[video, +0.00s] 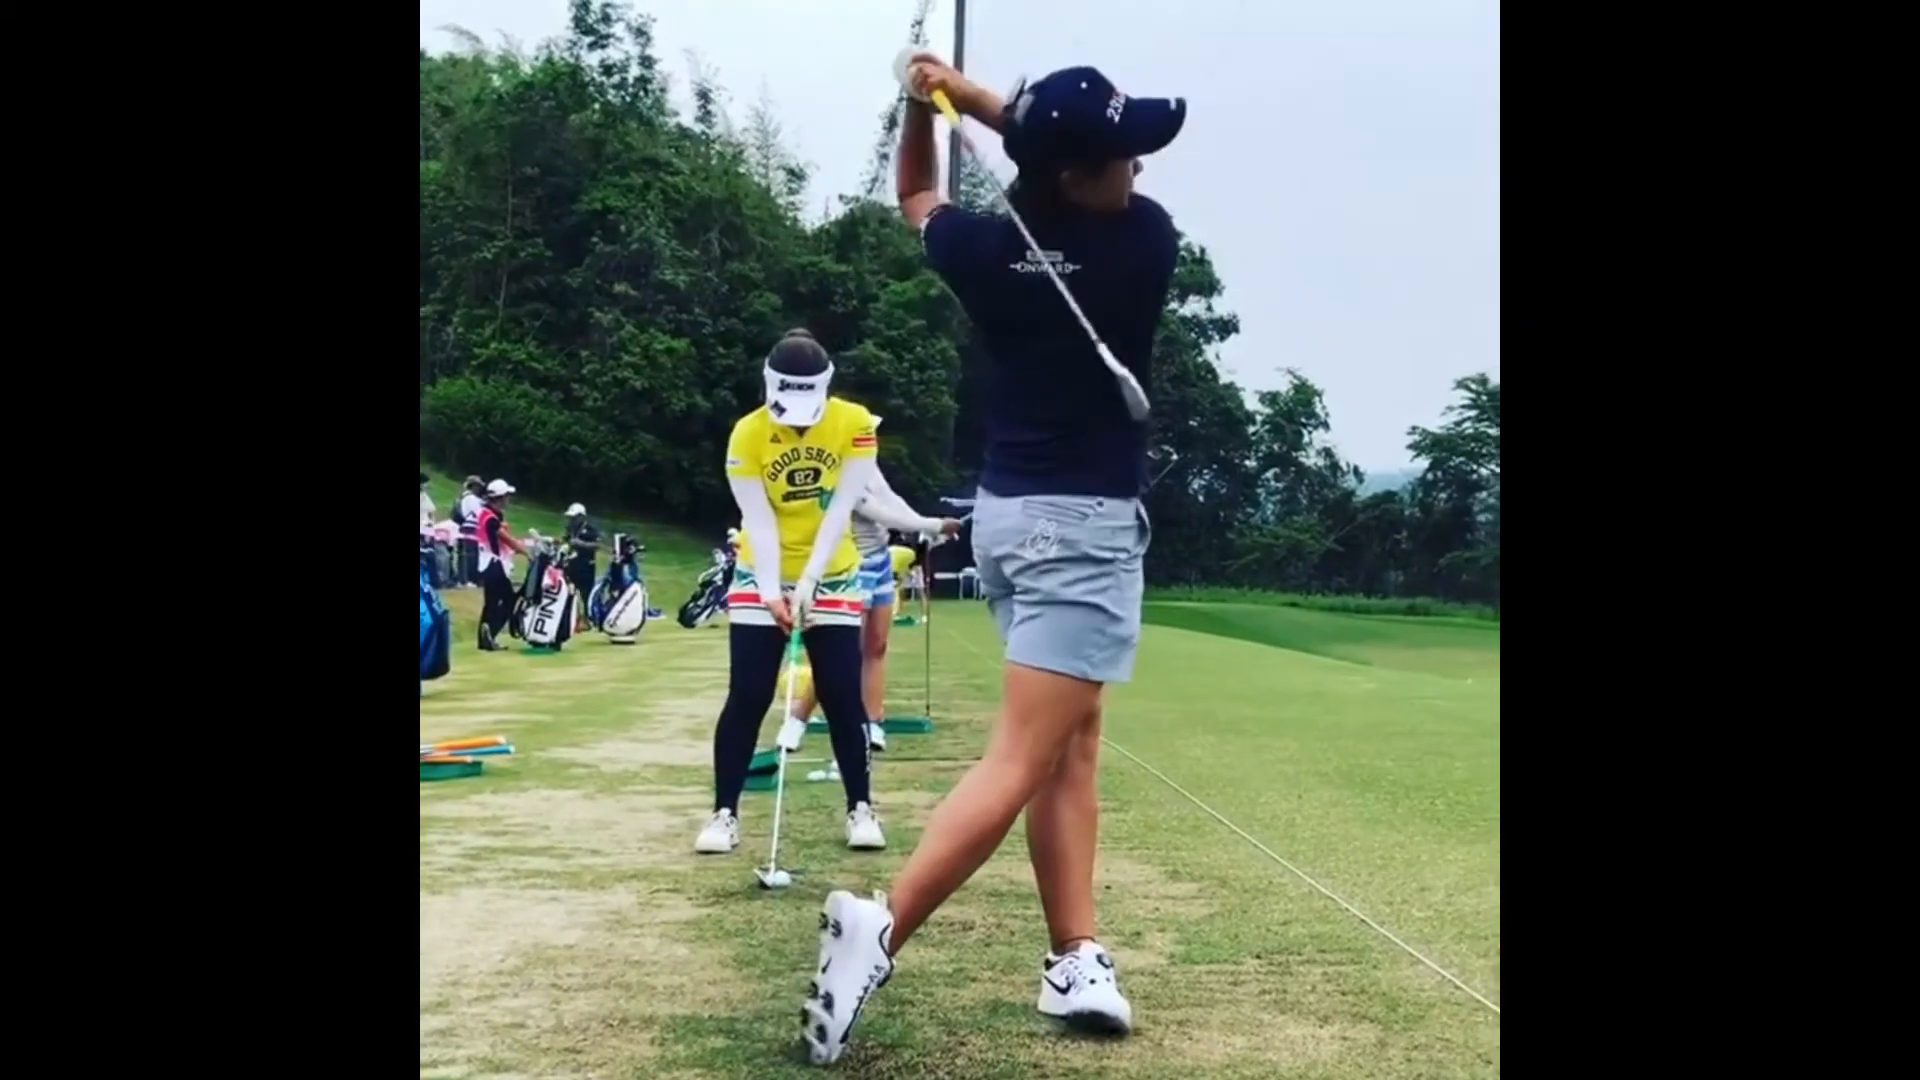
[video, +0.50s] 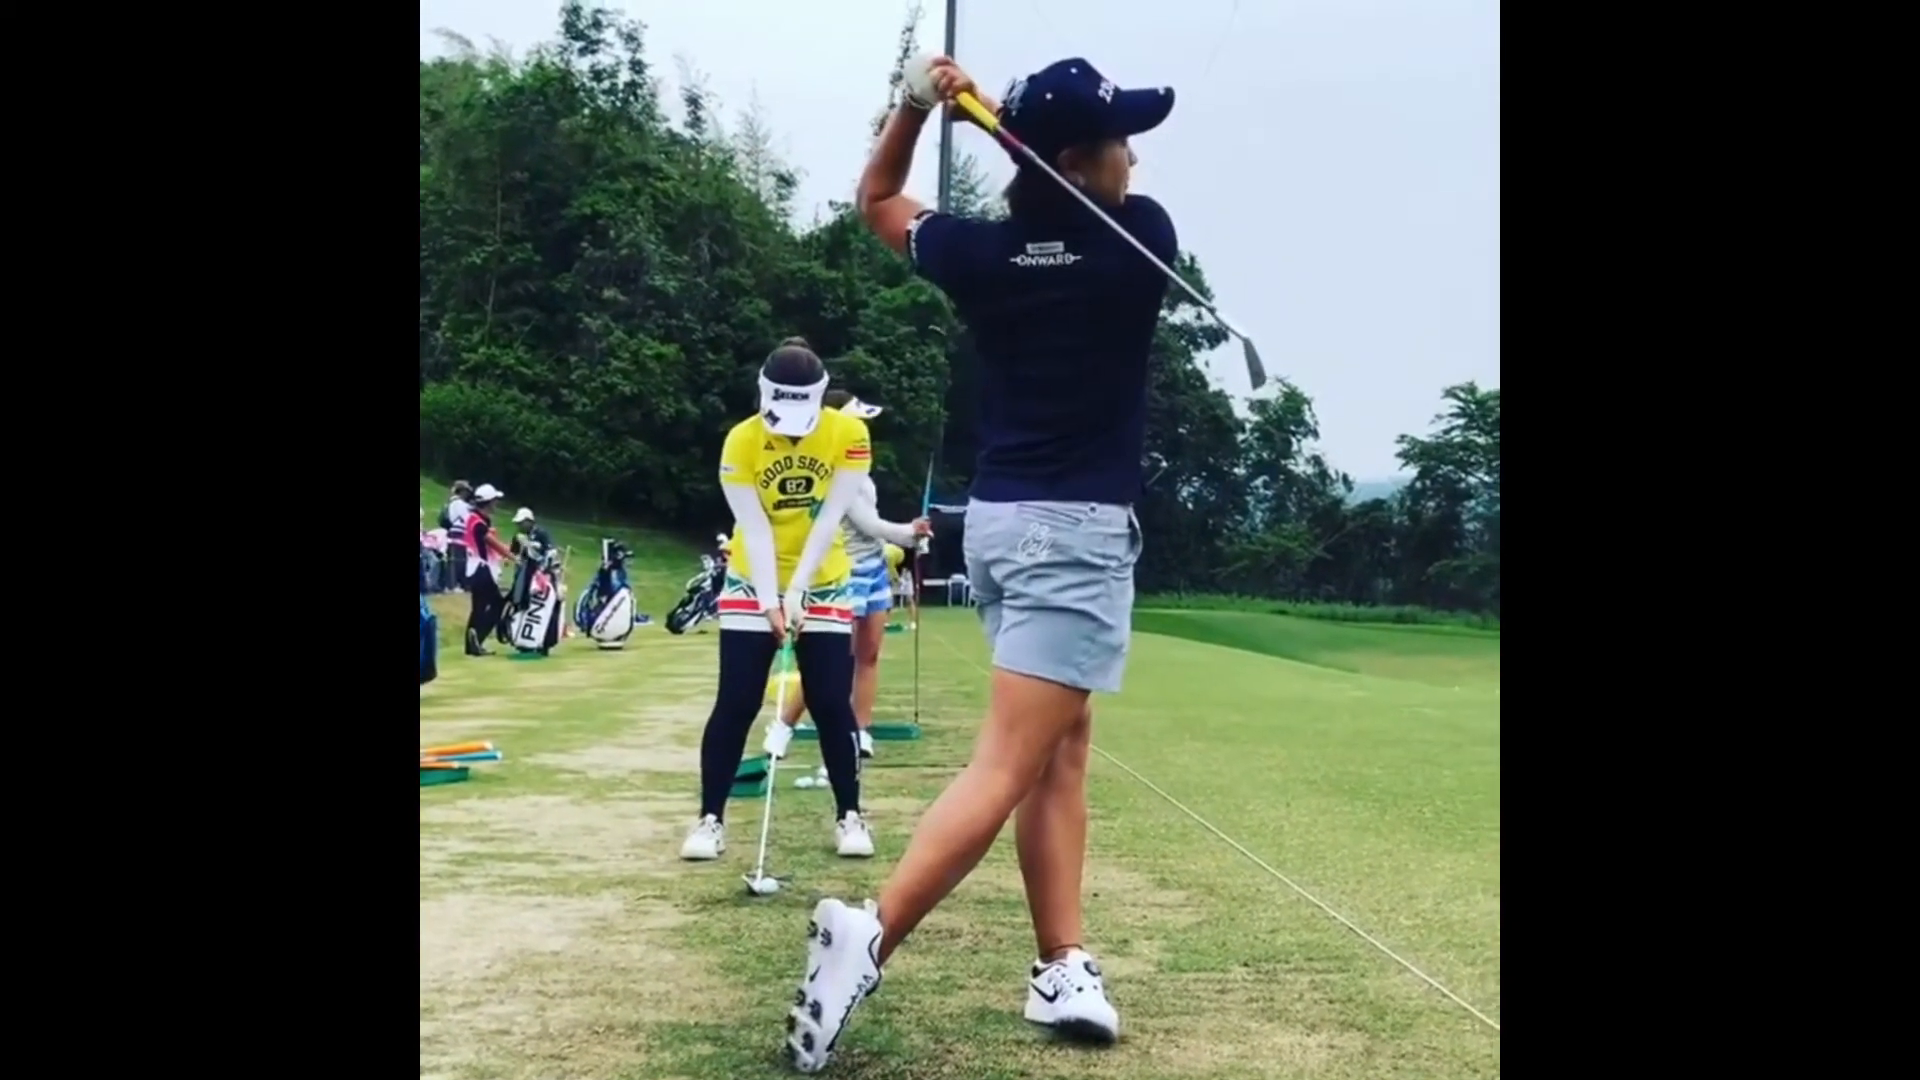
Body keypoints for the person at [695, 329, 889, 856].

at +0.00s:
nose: (795, 413)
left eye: (805, 403)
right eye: (785, 402)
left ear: (825, 387)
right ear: (769, 387)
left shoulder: (855, 424)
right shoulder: (747, 437)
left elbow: (843, 506)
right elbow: (758, 522)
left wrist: (808, 578)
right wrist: (769, 586)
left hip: (834, 575)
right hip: (759, 575)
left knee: (842, 696)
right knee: (747, 695)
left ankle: (860, 809)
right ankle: (724, 814)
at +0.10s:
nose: (797, 416)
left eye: (808, 405)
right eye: (788, 404)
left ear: (827, 388)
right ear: (772, 388)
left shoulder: (858, 426)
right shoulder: (750, 439)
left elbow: (845, 507)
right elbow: (762, 523)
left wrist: (808, 577)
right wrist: (770, 587)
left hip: (834, 578)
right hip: (761, 577)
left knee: (840, 697)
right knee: (747, 696)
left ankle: (857, 811)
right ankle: (721, 814)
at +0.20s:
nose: (800, 419)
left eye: (811, 408)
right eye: (791, 407)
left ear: (831, 392)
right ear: (776, 392)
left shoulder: (863, 427)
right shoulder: (754, 441)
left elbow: (847, 510)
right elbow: (766, 525)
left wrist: (810, 579)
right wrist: (773, 591)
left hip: (837, 578)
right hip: (766, 576)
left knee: (839, 694)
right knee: (748, 695)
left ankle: (854, 812)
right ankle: (717, 814)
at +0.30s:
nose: (799, 421)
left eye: (809, 410)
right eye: (789, 409)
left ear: (830, 394)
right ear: (775, 393)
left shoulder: (861, 430)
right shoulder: (753, 442)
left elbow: (845, 512)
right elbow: (764, 526)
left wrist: (808, 582)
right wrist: (774, 592)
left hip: (836, 580)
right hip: (764, 577)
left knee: (838, 696)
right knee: (746, 696)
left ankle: (852, 814)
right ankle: (715, 815)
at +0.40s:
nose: (794, 422)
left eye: (804, 412)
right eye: (784, 410)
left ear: (824, 396)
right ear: (769, 395)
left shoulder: (855, 432)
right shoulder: (746, 443)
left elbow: (838, 513)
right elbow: (759, 528)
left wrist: (802, 584)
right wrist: (771, 595)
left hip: (829, 584)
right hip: (757, 582)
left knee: (833, 701)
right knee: (740, 700)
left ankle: (850, 815)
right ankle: (711, 817)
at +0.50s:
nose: (788, 423)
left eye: (799, 413)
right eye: (779, 412)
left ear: (819, 396)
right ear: (764, 395)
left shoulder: (849, 433)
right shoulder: (740, 443)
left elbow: (833, 513)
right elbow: (754, 529)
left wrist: (797, 587)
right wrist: (768, 597)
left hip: (823, 585)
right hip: (751, 582)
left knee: (831, 702)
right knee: (736, 701)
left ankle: (850, 816)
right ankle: (710, 819)